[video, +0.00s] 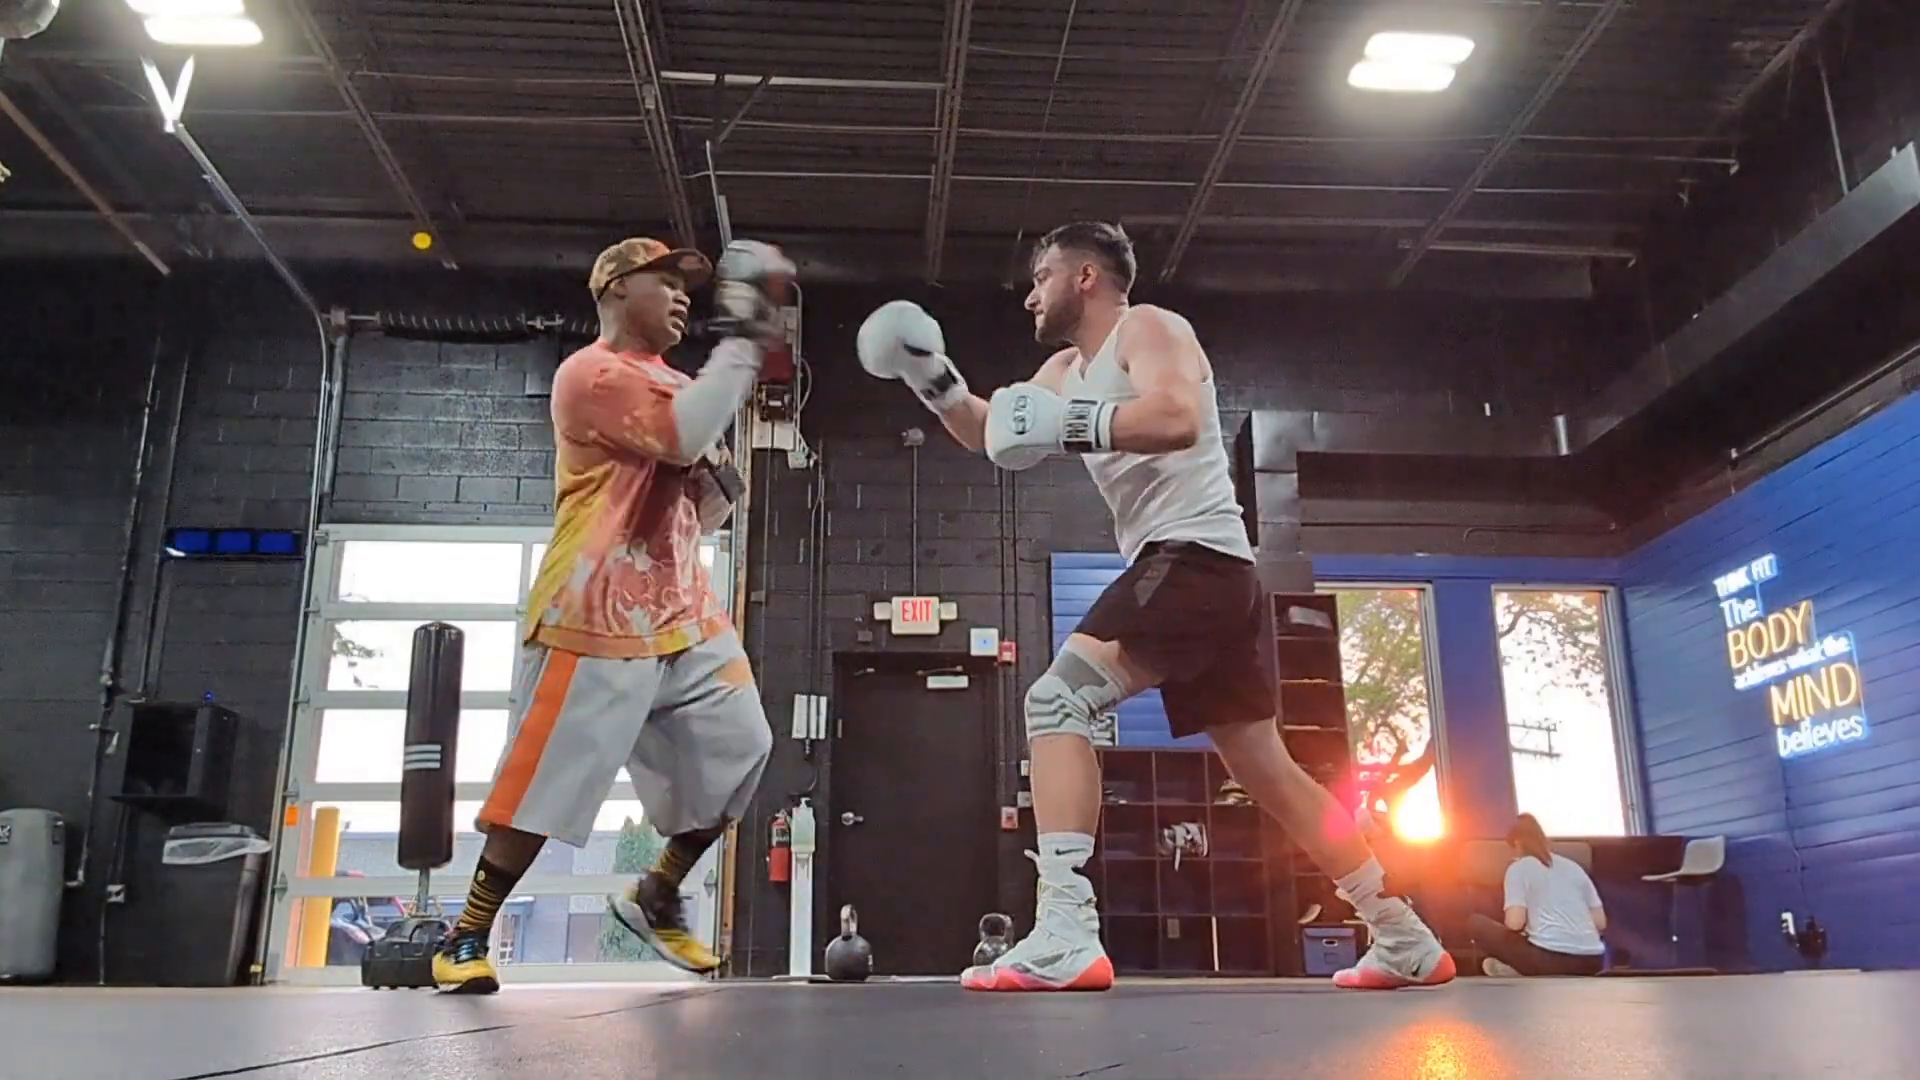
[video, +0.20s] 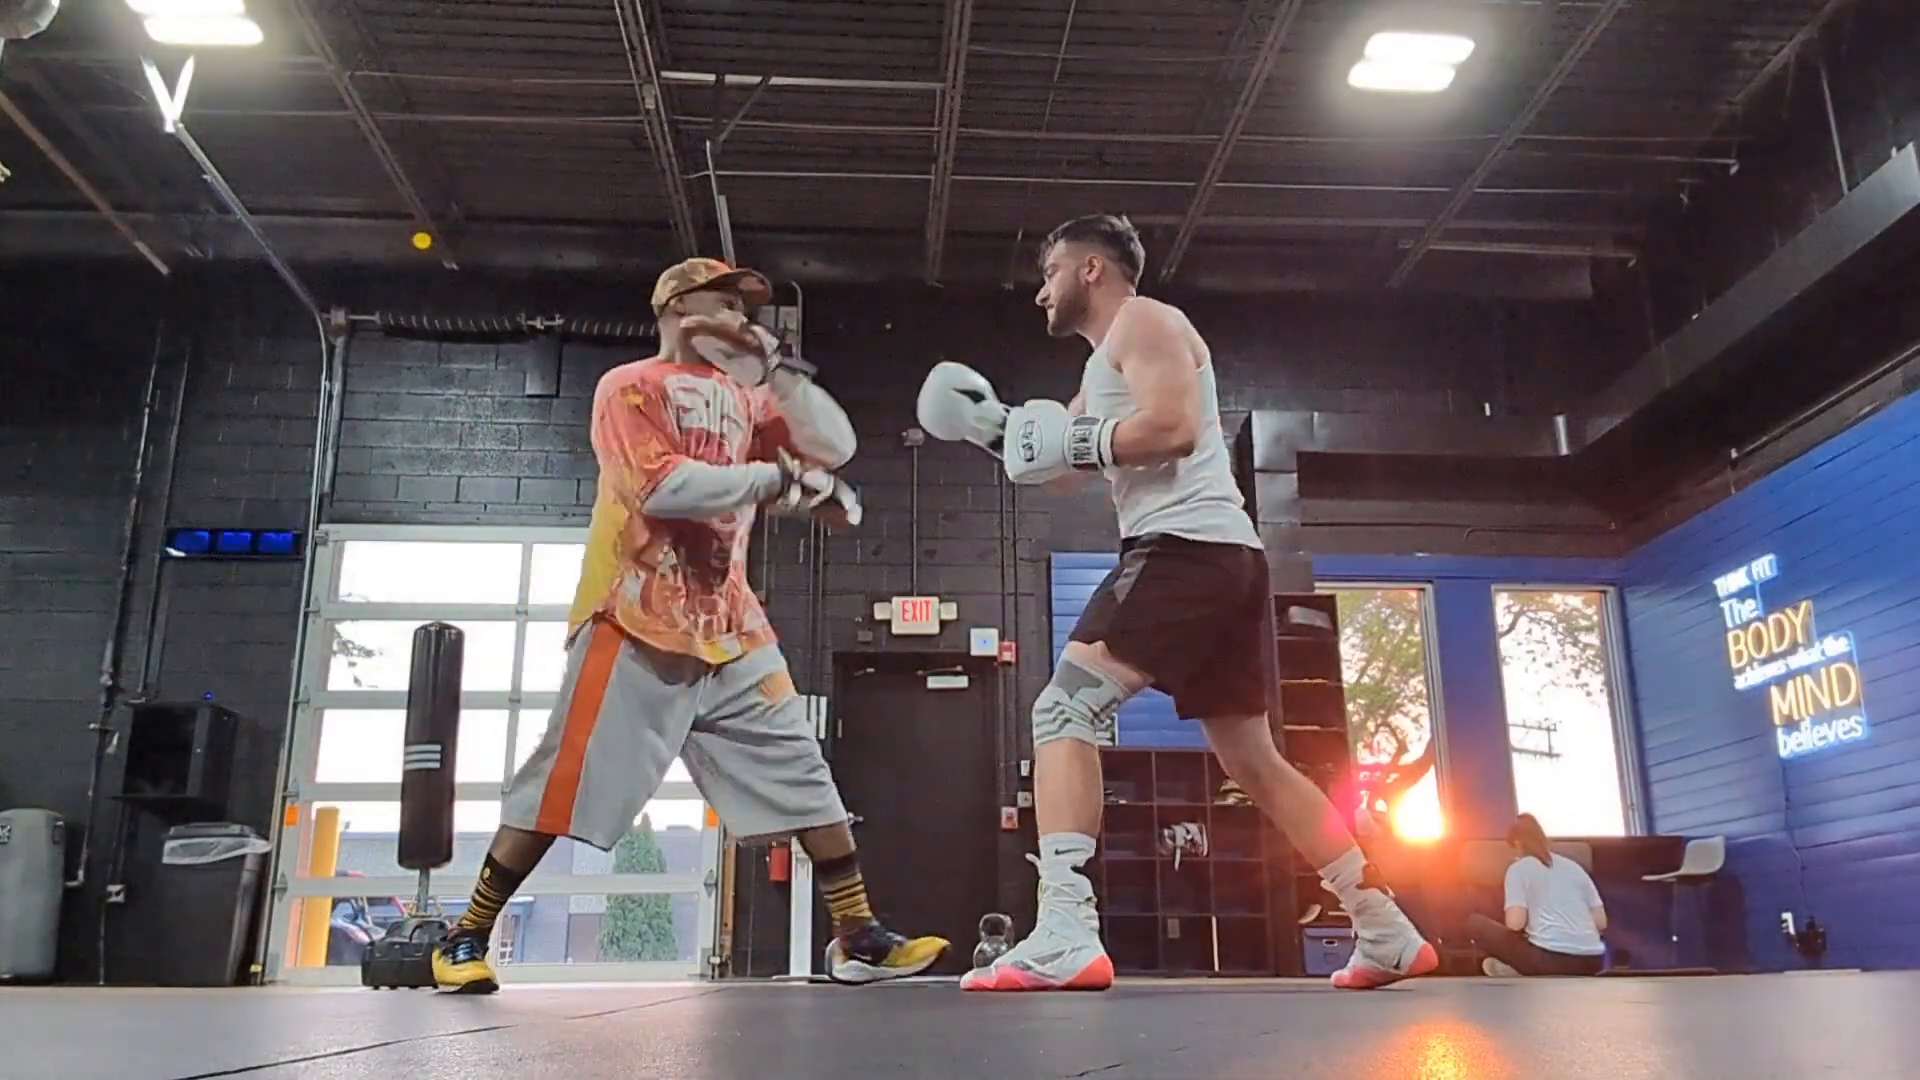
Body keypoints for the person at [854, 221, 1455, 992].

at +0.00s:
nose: (1031, 295)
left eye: (1042, 276)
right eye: (1031, 282)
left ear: (1090, 274)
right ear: (1078, 285)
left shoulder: (1149, 325)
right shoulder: (1061, 370)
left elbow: (1178, 418)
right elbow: (993, 436)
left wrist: (1064, 422)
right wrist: (935, 379)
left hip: (1193, 561)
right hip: (1204, 571)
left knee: (1058, 703)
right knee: (1266, 769)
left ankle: (1064, 933)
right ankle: (1403, 936)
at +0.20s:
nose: (1039, 292)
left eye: (1048, 272)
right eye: (1040, 277)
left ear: (1092, 266)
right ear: (1087, 274)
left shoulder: (1144, 320)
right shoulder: (1106, 368)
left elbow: (1172, 427)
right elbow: (1071, 472)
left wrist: (1073, 439)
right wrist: (994, 428)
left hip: (1185, 553)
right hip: (1222, 559)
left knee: (1065, 714)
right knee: (1255, 762)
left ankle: (1065, 931)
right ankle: (1386, 930)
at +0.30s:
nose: (1067, 322)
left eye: (1072, 304)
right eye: (1067, 308)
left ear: (1107, 290)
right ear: (1133, 297)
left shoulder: (1116, 333)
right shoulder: (1185, 362)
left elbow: (1131, 428)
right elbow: (1148, 498)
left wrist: (1069, 462)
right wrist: (1085, 466)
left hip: (1190, 547)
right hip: (1258, 555)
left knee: (1073, 719)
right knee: (1269, 760)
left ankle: (1064, 930)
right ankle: (1390, 932)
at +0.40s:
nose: (1101, 357)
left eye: (1101, 345)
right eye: (1100, 346)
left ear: (1129, 332)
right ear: (1184, 331)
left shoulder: (1111, 364)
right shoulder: (1245, 382)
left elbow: (1084, 434)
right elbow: (1254, 476)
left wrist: (1088, 508)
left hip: (1192, 543)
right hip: (1281, 550)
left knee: (1075, 718)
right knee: (1284, 756)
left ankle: (1062, 926)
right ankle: (1388, 935)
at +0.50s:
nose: (1121, 353)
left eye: (1125, 341)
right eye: (1124, 344)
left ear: (1148, 331)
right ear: (1199, 338)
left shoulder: (1126, 362)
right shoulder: (1259, 390)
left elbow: (1105, 439)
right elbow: (1266, 489)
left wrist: (1108, 521)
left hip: (1191, 554)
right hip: (1281, 563)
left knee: (1072, 719)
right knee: (1279, 760)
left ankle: (1060, 927)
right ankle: (1389, 939)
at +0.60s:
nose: (1106, 330)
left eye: (1110, 314)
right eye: (1106, 319)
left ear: (1141, 300)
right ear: (1176, 307)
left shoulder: (1144, 330)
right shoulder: (1221, 373)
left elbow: (1154, 407)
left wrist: (1103, 466)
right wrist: (1125, 466)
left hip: (1202, 550)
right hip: (1267, 565)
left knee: (1080, 710)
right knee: (1264, 764)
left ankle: (1056, 923)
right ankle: (1389, 940)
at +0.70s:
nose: (1082, 301)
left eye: (1092, 284)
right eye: (1082, 287)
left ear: (1137, 281)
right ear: (1134, 287)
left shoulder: (1189, 327)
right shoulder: (1128, 379)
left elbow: (1207, 424)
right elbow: (1120, 508)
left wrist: (1105, 424)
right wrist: (1073, 443)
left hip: (1200, 564)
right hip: (1221, 576)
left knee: (1085, 718)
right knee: (1233, 780)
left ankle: (1068, 933)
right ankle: (1383, 935)